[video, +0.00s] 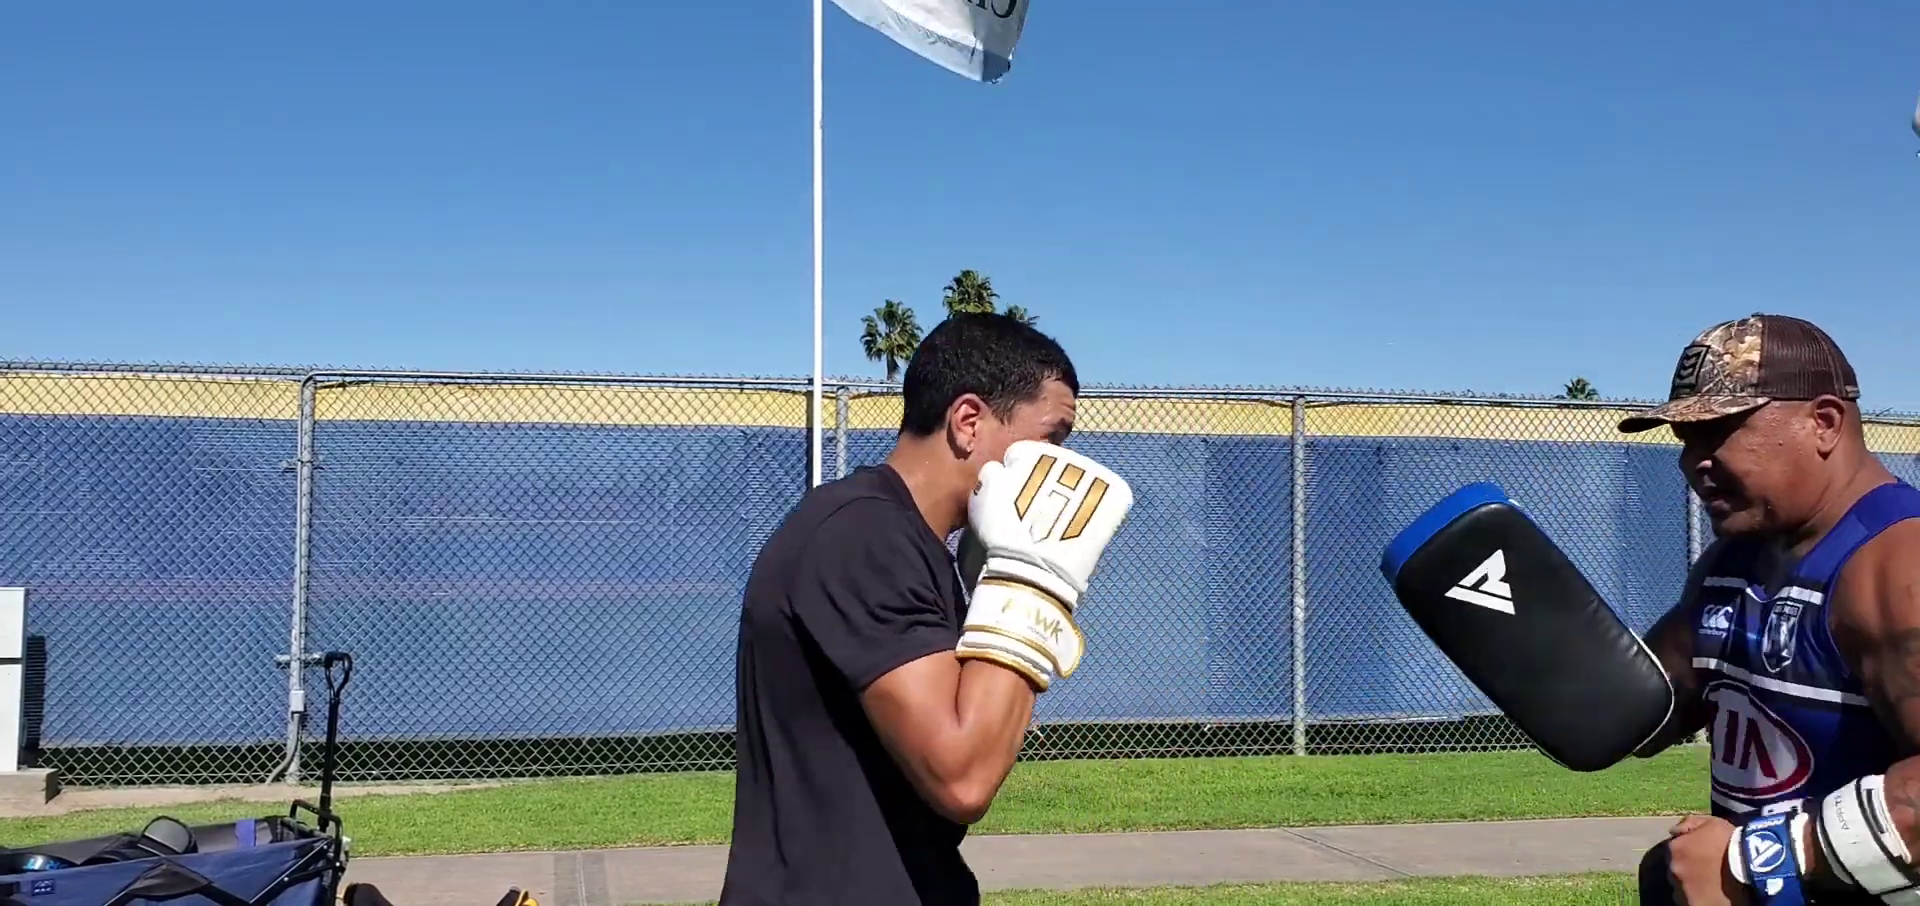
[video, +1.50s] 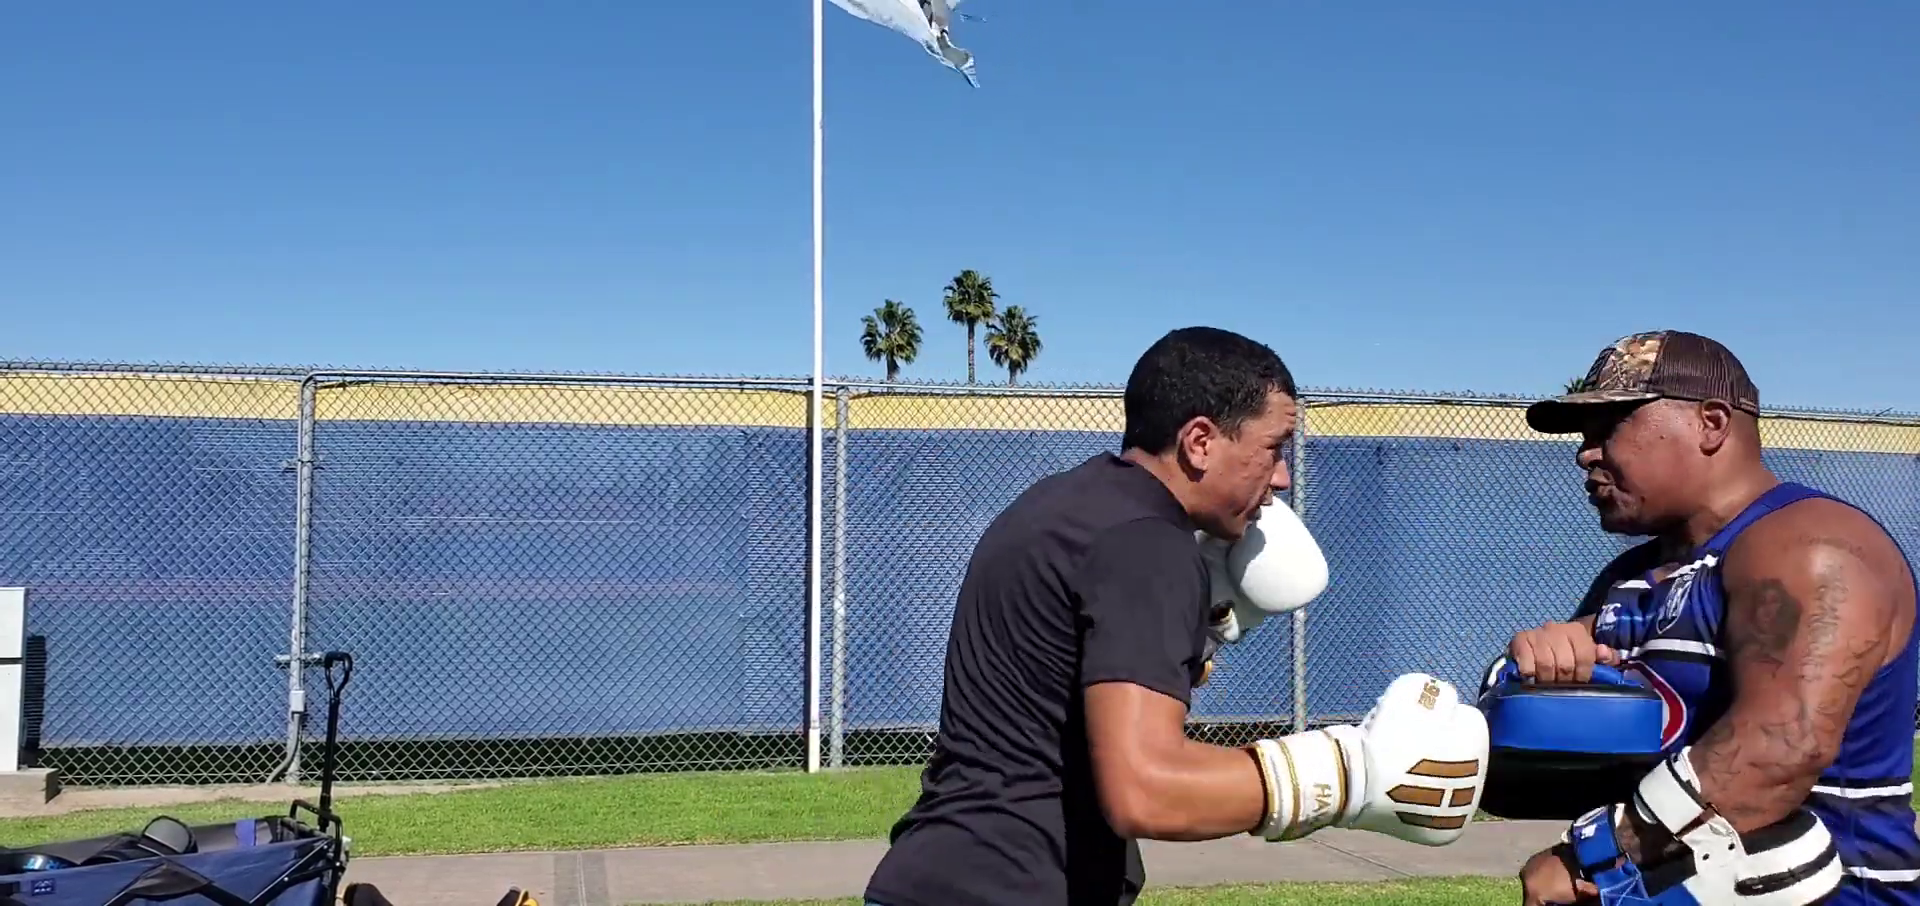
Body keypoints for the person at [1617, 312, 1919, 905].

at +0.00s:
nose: (1693, 462)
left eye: (1718, 431)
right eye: (1687, 438)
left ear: (1826, 424)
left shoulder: (1899, 568)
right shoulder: (1737, 554)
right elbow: (1649, 714)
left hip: (1866, 886)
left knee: (1673, 870)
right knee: (1665, 871)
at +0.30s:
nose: (1585, 492)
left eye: (1607, 461)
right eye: (1583, 469)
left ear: (1713, 448)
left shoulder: (1808, 568)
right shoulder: (1678, 583)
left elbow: (1846, 775)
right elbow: (1602, 761)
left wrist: (1638, 878)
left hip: (1843, 888)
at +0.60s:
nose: (1522, 486)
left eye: (1543, 455)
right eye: (1519, 462)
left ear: (1650, 441)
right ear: (1651, 444)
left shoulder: (1781, 576)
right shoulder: (1612, 574)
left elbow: (1825, 801)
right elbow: (1546, 739)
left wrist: (1622, 894)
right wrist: (1400, 651)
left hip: (1832, 893)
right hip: (1680, 889)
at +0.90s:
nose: (1548, 500)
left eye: (1563, 475)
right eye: (1547, 481)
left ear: (1634, 448)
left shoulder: (1817, 551)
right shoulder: (1628, 577)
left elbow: (1794, 771)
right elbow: (1482, 657)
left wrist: (1667, 879)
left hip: (1827, 888)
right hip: (1680, 882)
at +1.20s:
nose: (1539, 501)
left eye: (1550, 474)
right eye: (1533, 480)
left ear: (1632, 450)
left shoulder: (1790, 558)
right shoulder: (1618, 566)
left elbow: (1775, 793)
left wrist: (1653, 886)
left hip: (1793, 890)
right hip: (1648, 878)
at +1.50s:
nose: (1584, 453)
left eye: (1610, 425)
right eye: (1586, 433)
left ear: (1710, 427)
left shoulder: (1812, 552)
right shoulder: (1624, 578)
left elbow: (1772, 759)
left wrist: (1588, 856)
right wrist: (1534, 671)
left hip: (1842, 883)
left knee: (1759, 841)